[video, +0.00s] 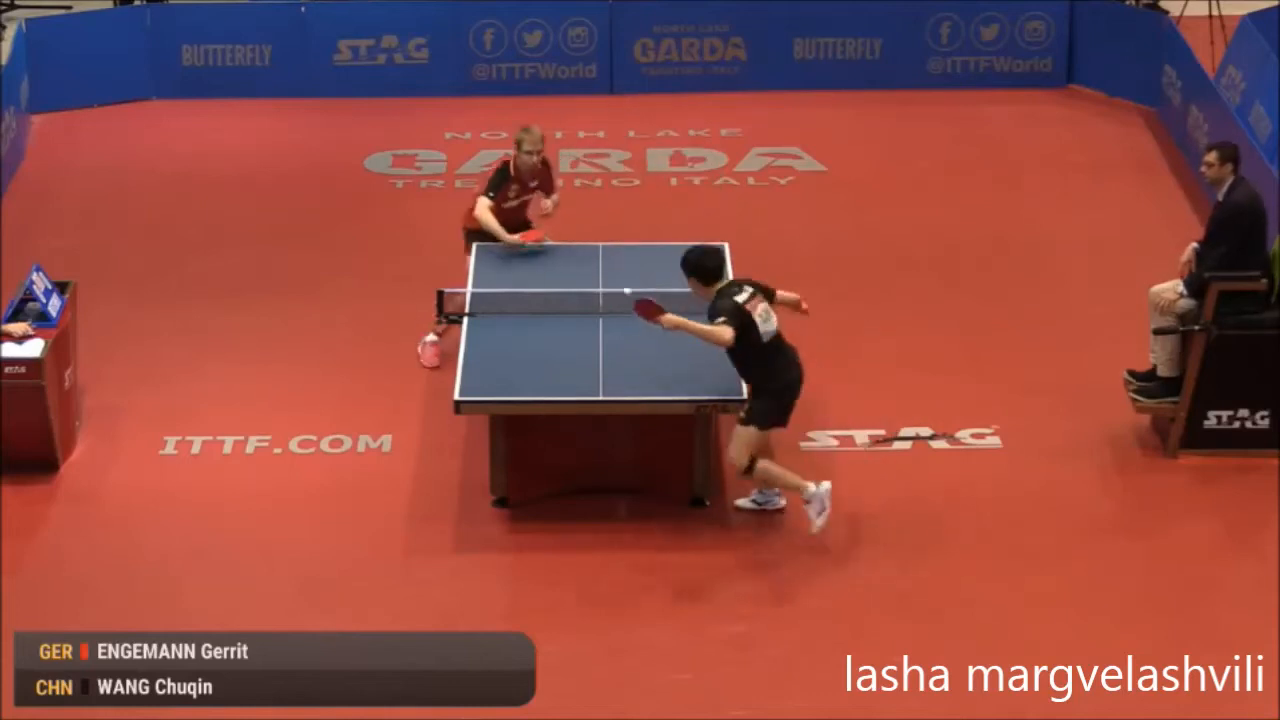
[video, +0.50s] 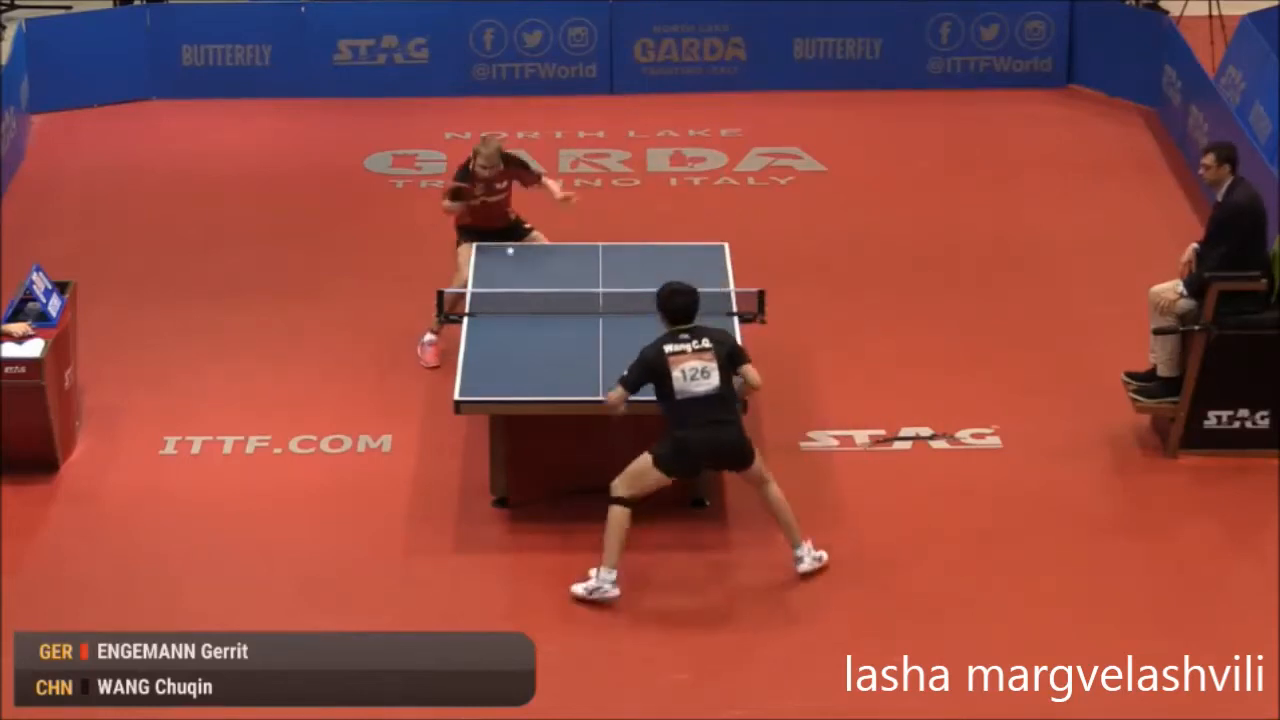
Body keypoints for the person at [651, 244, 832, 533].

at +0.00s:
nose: (688, 285)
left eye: (688, 279)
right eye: (687, 278)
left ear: (696, 281)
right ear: (719, 270)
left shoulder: (722, 304)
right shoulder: (744, 285)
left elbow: (726, 337)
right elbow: (781, 297)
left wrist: (681, 323)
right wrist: (797, 303)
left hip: (773, 381)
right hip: (786, 367)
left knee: (739, 458)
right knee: (756, 430)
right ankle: (767, 493)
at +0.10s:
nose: (685, 271)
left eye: (686, 267)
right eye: (687, 265)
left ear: (692, 271)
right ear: (721, 261)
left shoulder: (704, 300)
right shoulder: (746, 279)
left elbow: (690, 343)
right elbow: (784, 307)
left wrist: (649, 327)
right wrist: (800, 316)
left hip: (743, 388)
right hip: (775, 379)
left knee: (694, 455)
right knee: (763, 437)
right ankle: (774, 503)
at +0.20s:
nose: (683, 278)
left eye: (684, 274)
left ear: (689, 279)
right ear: (719, 271)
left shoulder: (692, 312)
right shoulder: (745, 295)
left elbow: (665, 358)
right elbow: (778, 331)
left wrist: (631, 340)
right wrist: (793, 337)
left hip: (725, 404)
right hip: (761, 396)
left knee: (672, 468)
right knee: (766, 449)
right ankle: (780, 519)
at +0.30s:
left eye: (682, 300)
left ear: (681, 305)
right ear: (714, 303)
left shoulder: (674, 345)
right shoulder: (736, 336)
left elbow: (628, 379)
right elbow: (771, 373)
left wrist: (612, 358)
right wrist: (744, 355)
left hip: (697, 438)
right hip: (738, 434)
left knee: (641, 485)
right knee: (757, 462)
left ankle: (640, 568)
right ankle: (779, 521)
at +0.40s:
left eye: (674, 302)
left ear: (672, 308)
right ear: (705, 305)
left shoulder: (662, 345)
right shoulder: (726, 336)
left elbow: (622, 382)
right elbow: (761, 376)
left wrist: (610, 369)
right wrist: (736, 369)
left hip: (687, 440)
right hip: (732, 437)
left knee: (628, 479)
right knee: (757, 473)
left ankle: (635, 566)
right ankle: (782, 525)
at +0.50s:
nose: (664, 312)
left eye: (662, 308)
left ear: (661, 314)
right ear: (695, 310)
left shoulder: (655, 352)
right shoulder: (719, 338)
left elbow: (614, 400)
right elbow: (754, 381)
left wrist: (620, 406)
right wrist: (738, 393)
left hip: (684, 444)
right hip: (731, 439)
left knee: (621, 490)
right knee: (765, 483)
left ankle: (605, 577)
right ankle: (803, 552)